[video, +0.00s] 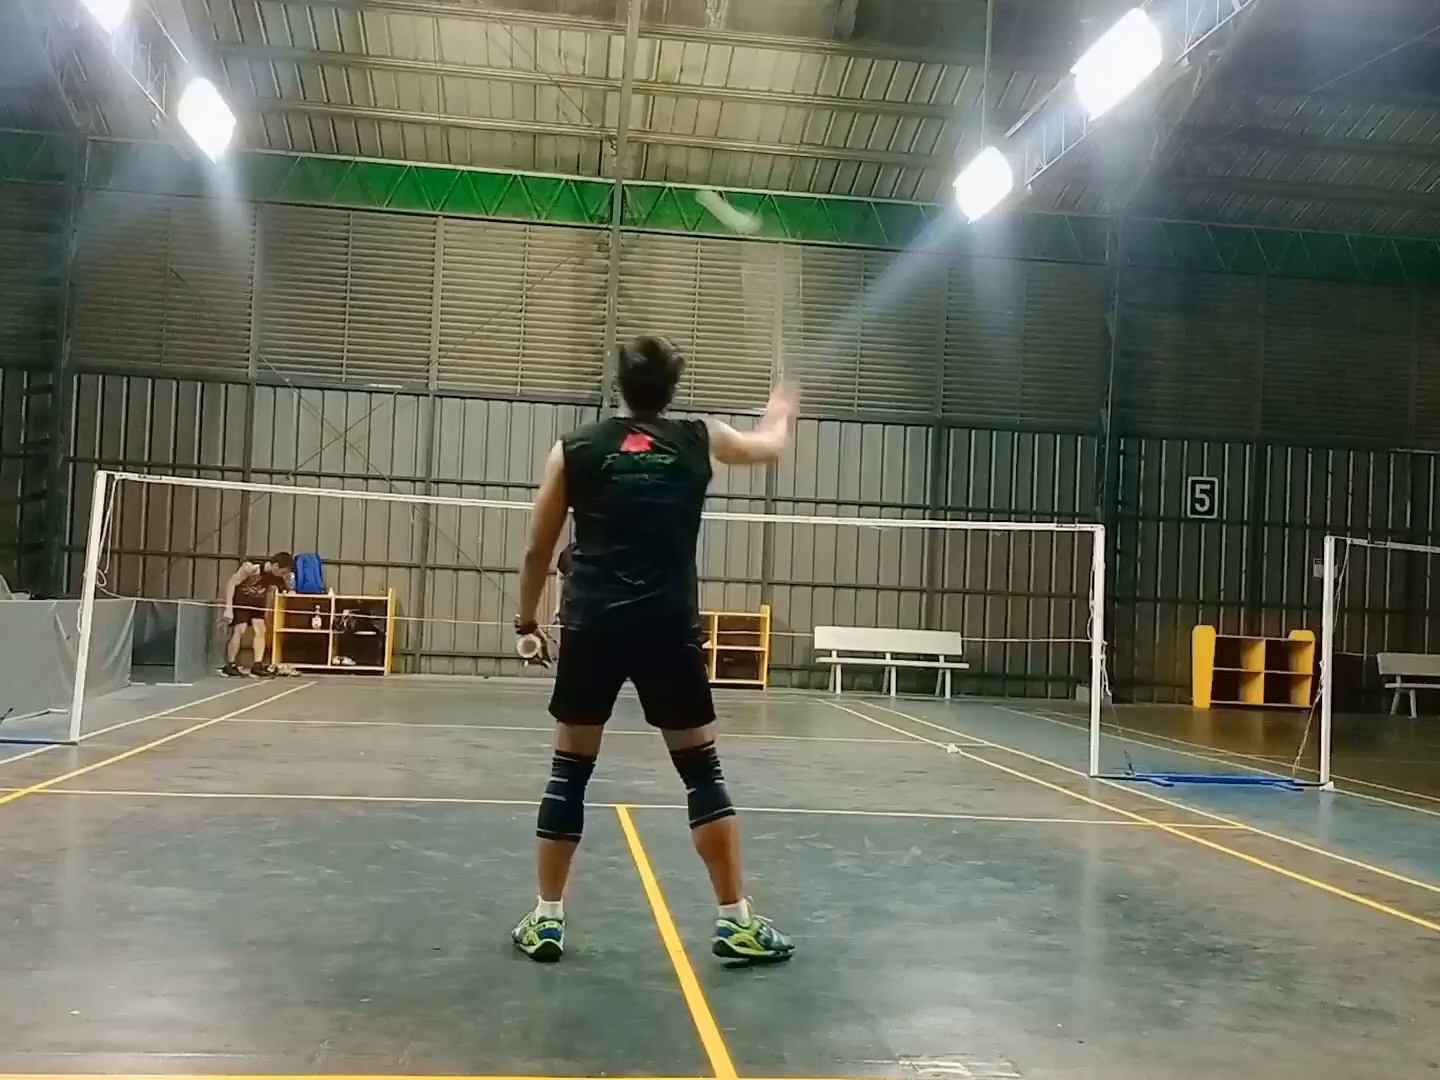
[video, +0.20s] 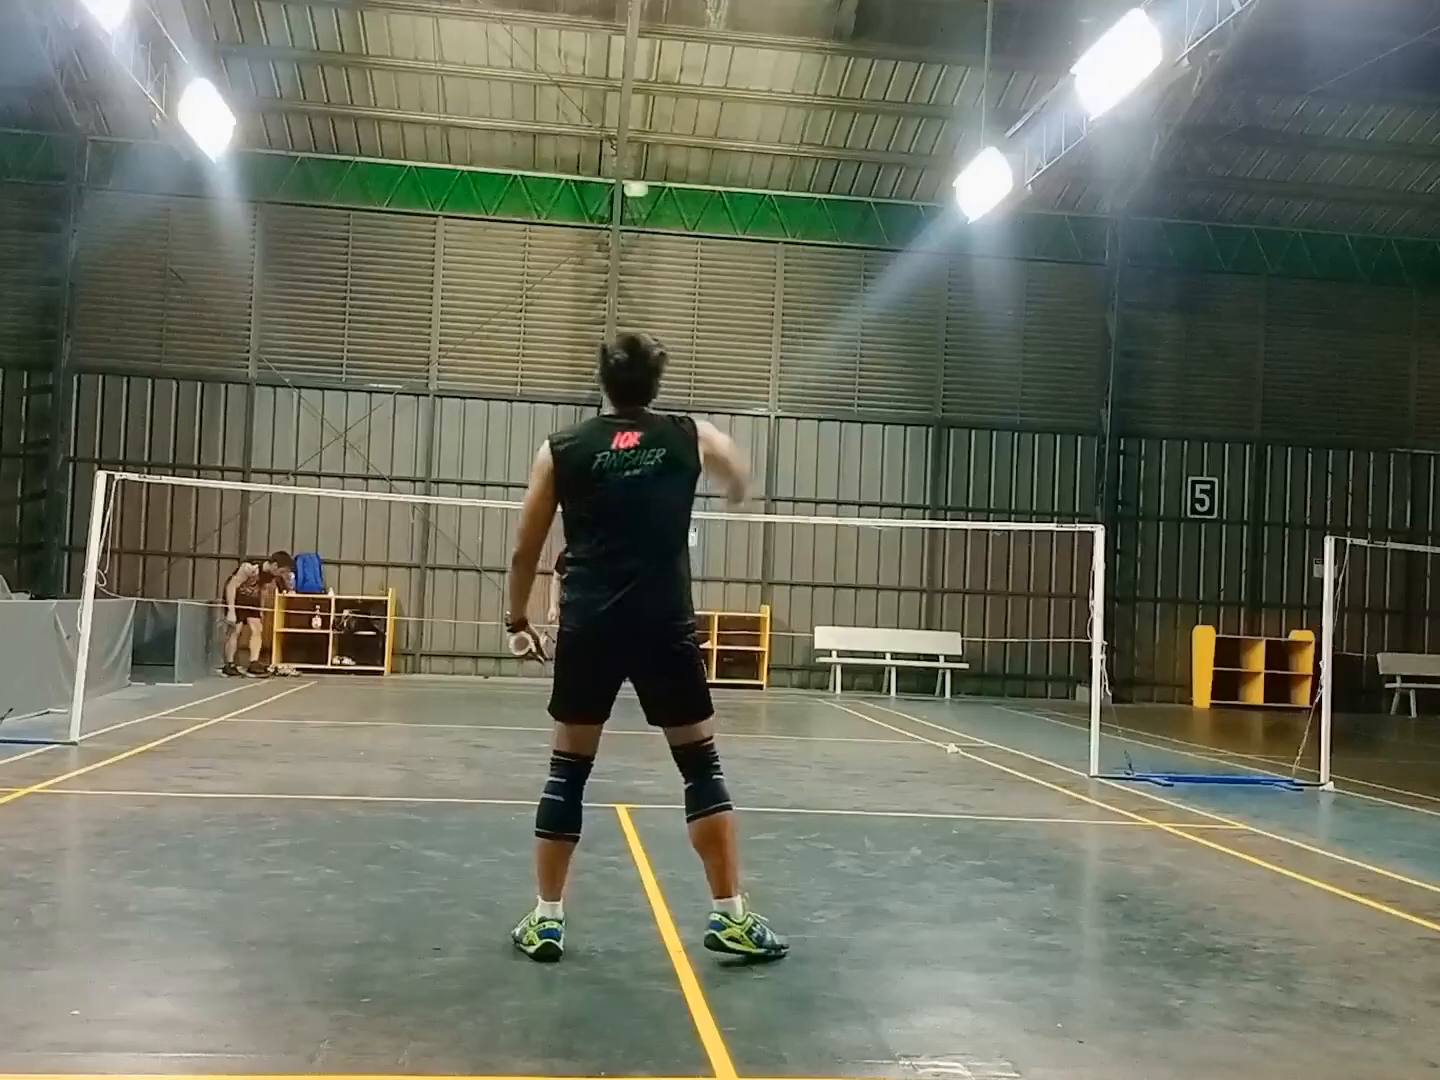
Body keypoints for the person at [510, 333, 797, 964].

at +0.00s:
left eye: (634, 382)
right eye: (669, 385)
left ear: (619, 389)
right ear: (673, 390)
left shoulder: (576, 447)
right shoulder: (700, 438)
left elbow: (540, 545)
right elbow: (766, 448)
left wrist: (527, 620)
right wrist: (779, 414)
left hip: (591, 630)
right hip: (668, 630)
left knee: (569, 767)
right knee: (701, 767)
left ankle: (547, 915)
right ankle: (736, 918)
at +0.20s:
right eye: (651, 384)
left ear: (603, 387)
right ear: (656, 388)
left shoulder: (563, 448)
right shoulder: (687, 434)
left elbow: (527, 546)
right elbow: (731, 463)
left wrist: (516, 616)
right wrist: (734, 485)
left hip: (587, 629)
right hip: (665, 628)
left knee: (568, 767)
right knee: (700, 764)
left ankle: (547, 916)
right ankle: (730, 912)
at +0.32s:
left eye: (610, 375)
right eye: (646, 380)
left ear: (598, 385)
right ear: (652, 387)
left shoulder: (562, 447)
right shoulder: (685, 448)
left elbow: (523, 545)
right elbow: (694, 543)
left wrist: (511, 621)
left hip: (588, 626)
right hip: (665, 624)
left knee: (567, 767)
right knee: (703, 762)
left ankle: (548, 916)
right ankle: (736, 910)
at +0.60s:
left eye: (644, 381)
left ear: (636, 390)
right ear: (690, 396)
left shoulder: (597, 449)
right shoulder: (720, 462)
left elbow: (563, 546)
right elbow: (725, 566)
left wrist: (533, 633)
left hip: (610, 629)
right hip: (687, 632)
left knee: (582, 767)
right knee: (716, 769)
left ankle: (549, 915)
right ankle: (737, 923)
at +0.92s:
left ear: (692, 398)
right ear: (744, 406)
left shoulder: (647, 442)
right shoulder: (771, 474)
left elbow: (617, 522)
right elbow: (798, 571)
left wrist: (586, 614)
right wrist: (796, 658)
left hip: (635, 629)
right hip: (716, 638)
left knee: (590, 758)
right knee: (732, 774)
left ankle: (552, 901)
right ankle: (739, 926)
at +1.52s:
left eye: (630, 411)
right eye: (661, 419)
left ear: (620, 420)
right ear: (671, 426)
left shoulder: (574, 469)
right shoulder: (695, 486)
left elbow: (540, 555)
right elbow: (704, 582)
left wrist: (538, 631)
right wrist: (703, 648)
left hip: (578, 638)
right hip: (652, 643)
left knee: (566, 757)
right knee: (696, 776)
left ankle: (541, 896)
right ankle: (743, 921)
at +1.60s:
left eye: (611, 392)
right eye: (642, 397)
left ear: (598, 399)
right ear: (649, 404)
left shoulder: (552, 453)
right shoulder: (673, 467)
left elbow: (513, 540)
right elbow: (671, 569)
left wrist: (519, 606)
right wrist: (671, 642)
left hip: (555, 621)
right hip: (624, 626)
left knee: (561, 740)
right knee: (660, 764)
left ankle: (538, 877)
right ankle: (694, 920)